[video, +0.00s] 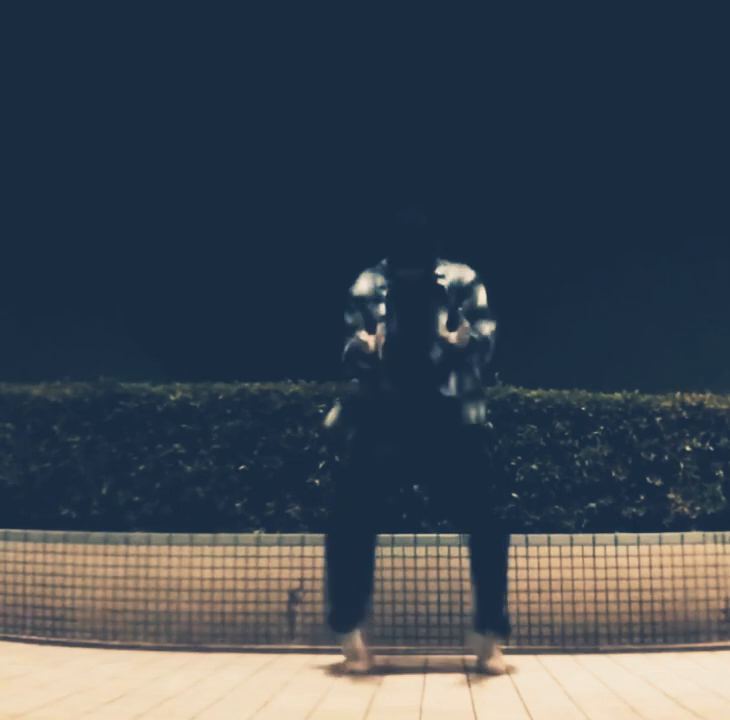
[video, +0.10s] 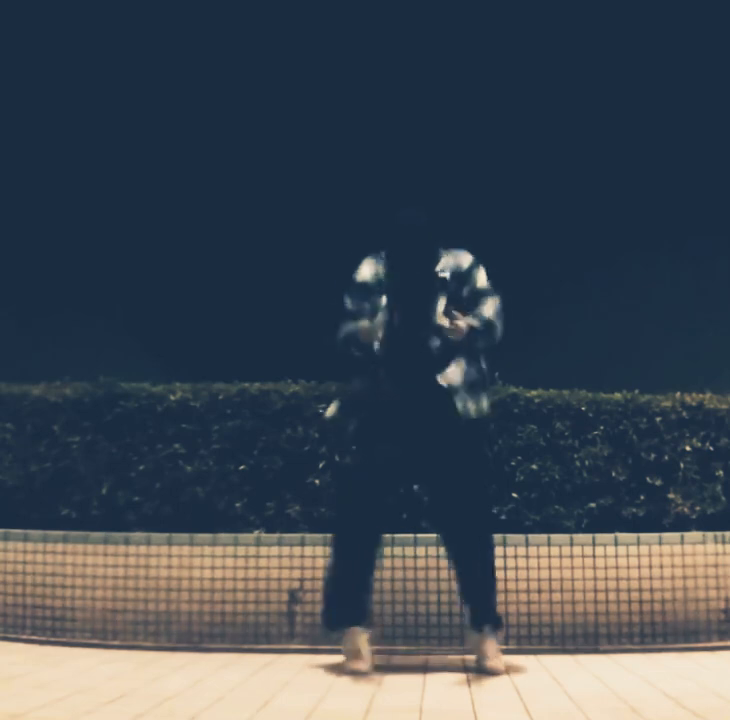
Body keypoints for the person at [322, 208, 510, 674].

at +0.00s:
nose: (410, 260)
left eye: (419, 251)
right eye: (401, 252)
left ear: (434, 245)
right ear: (388, 249)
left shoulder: (462, 281)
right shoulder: (370, 284)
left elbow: (486, 346)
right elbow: (347, 348)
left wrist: (463, 341)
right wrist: (364, 347)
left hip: (452, 421)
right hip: (381, 422)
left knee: (490, 515)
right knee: (351, 515)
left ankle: (487, 637)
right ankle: (350, 634)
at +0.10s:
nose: (413, 240)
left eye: (423, 231)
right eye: (403, 232)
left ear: (436, 230)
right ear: (391, 232)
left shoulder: (463, 267)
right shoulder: (373, 270)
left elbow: (492, 326)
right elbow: (347, 339)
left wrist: (466, 329)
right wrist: (367, 331)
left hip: (451, 418)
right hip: (382, 418)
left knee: (467, 519)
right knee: (361, 518)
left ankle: (484, 634)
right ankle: (354, 633)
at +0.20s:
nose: (412, 258)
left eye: (421, 248)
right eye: (402, 248)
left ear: (434, 233)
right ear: (388, 236)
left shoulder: (460, 262)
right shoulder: (368, 265)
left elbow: (489, 303)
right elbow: (335, 325)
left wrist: (461, 325)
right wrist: (368, 336)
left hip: (451, 418)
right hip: (383, 417)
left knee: (460, 516)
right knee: (376, 517)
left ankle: (447, 622)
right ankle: (372, 627)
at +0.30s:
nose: (405, 265)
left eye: (414, 256)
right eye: (397, 256)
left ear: (430, 251)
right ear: (383, 254)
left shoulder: (454, 293)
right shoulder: (364, 297)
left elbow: (473, 359)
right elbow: (344, 360)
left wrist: (448, 354)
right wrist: (350, 381)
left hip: (444, 431)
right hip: (379, 431)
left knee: (442, 525)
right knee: (370, 511)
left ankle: (431, 626)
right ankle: (385, 595)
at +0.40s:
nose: (402, 291)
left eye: (412, 281)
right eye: (394, 282)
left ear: (427, 286)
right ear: (380, 287)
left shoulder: (452, 329)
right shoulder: (363, 333)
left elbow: (469, 395)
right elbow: (346, 388)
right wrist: (347, 416)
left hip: (434, 458)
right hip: (375, 457)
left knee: (432, 542)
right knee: (365, 536)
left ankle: (429, 629)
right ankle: (371, 628)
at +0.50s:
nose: (393, 281)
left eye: (400, 272)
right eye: (384, 272)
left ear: (414, 274)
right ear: (371, 276)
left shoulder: (442, 321)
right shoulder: (357, 332)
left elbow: (482, 370)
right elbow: (341, 393)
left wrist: (448, 370)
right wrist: (334, 429)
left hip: (431, 466)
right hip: (371, 466)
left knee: (430, 550)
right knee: (352, 550)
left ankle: (430, 629)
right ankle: (336, 649)